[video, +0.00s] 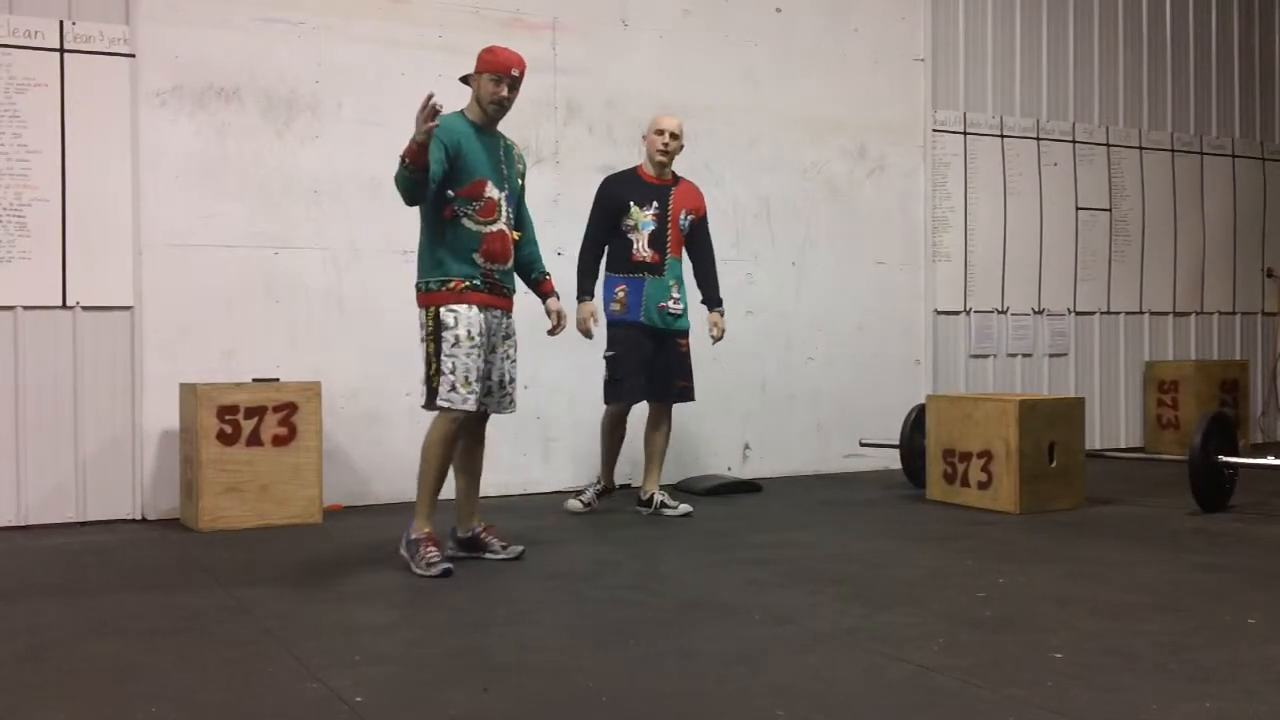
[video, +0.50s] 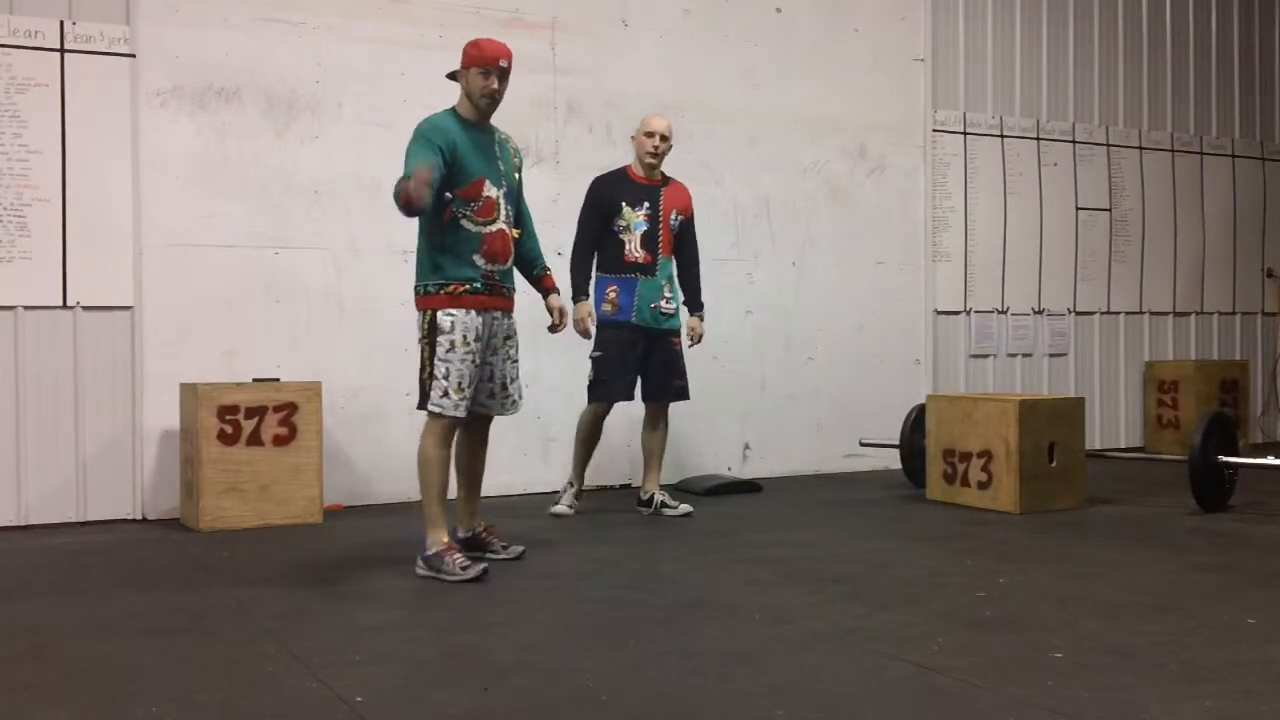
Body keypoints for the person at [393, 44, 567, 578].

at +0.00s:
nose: (504, 90)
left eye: (511, 84)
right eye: (495, 80)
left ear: (517, 93)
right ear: (473, 82)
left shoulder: (511, 153)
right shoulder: (446, 132)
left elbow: (520, 228)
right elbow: (411, 195)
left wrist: (548, 291)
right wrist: (418, 143)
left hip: (496, 296)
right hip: (452, 291)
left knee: (478, 414)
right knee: (456, 409)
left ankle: (468, 527)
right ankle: (421, 531)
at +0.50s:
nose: (491, 83)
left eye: (500, 75)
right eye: (482, 72)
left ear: (507, 83)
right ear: (460, 76)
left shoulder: (506, 148)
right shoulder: (437, 133)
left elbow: (520, 225)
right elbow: (415, 189)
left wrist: (549, 289)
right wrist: (417, 190)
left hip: (497, 300)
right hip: (450, 296)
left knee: (479, 416)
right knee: (443, 416)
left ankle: (470, 529)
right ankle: (436, 545)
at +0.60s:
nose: (488, 78)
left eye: (496, 70)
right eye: (477, 68)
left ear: (502, 78)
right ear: (455, 73)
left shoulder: (502, 145)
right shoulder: (432, 131)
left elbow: (517, 224)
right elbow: (412, 194)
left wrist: (547, 287)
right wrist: (421, 241)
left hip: (495, 301)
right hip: (448, 297)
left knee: (480, 415)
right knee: (442, 415)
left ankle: (470, 529)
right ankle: (436, 544)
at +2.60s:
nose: (505, 105)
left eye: (508, 96)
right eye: (504, 93)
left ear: (479, 83)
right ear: (481, 83)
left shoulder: (478, 144)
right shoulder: (431, 128)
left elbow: (484, 225)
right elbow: (431, 201)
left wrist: (522, 282)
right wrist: (464, 228)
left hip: (472, 298)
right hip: (440, 297)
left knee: (457, 416)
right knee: (440, 417)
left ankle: (450, 531)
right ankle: (434, 546)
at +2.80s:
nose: (506, 115)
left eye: (509, 104)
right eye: (506, 102)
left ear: (476, 86)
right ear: (487, 89)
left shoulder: (462, 139)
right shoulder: (437, 132)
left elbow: (472, 225)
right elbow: (465, 198)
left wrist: (525, 250)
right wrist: (531, 199)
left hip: (464, 294)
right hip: (444, 296)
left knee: (463, 412)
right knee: (454, 413)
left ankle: (449, 530)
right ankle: (437, 543)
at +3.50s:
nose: (495, 105)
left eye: (497, 95)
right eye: (494, 94)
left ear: (463, 83)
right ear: (472, 86)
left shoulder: (454, 132)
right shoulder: (418, 134)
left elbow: (483, 175)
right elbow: (451, 212)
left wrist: (530, 165)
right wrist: (525, 230)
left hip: (457, 296)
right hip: (422, 298)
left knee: (447, 419)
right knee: (415, 419)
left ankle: (448, 532)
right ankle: (402, 546)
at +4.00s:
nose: (468, 100)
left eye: (469, 92)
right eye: (467, 90)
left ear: (441, 79)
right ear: (446, 81)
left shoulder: (436, 125)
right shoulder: (387, 136)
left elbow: (473, 136)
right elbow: (389, 227)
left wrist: (520, 106)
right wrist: (446, 269)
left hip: (449, 295)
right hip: (404, 302)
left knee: (468, 408)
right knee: (400, 419)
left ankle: (451, 528)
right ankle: (400, 549)